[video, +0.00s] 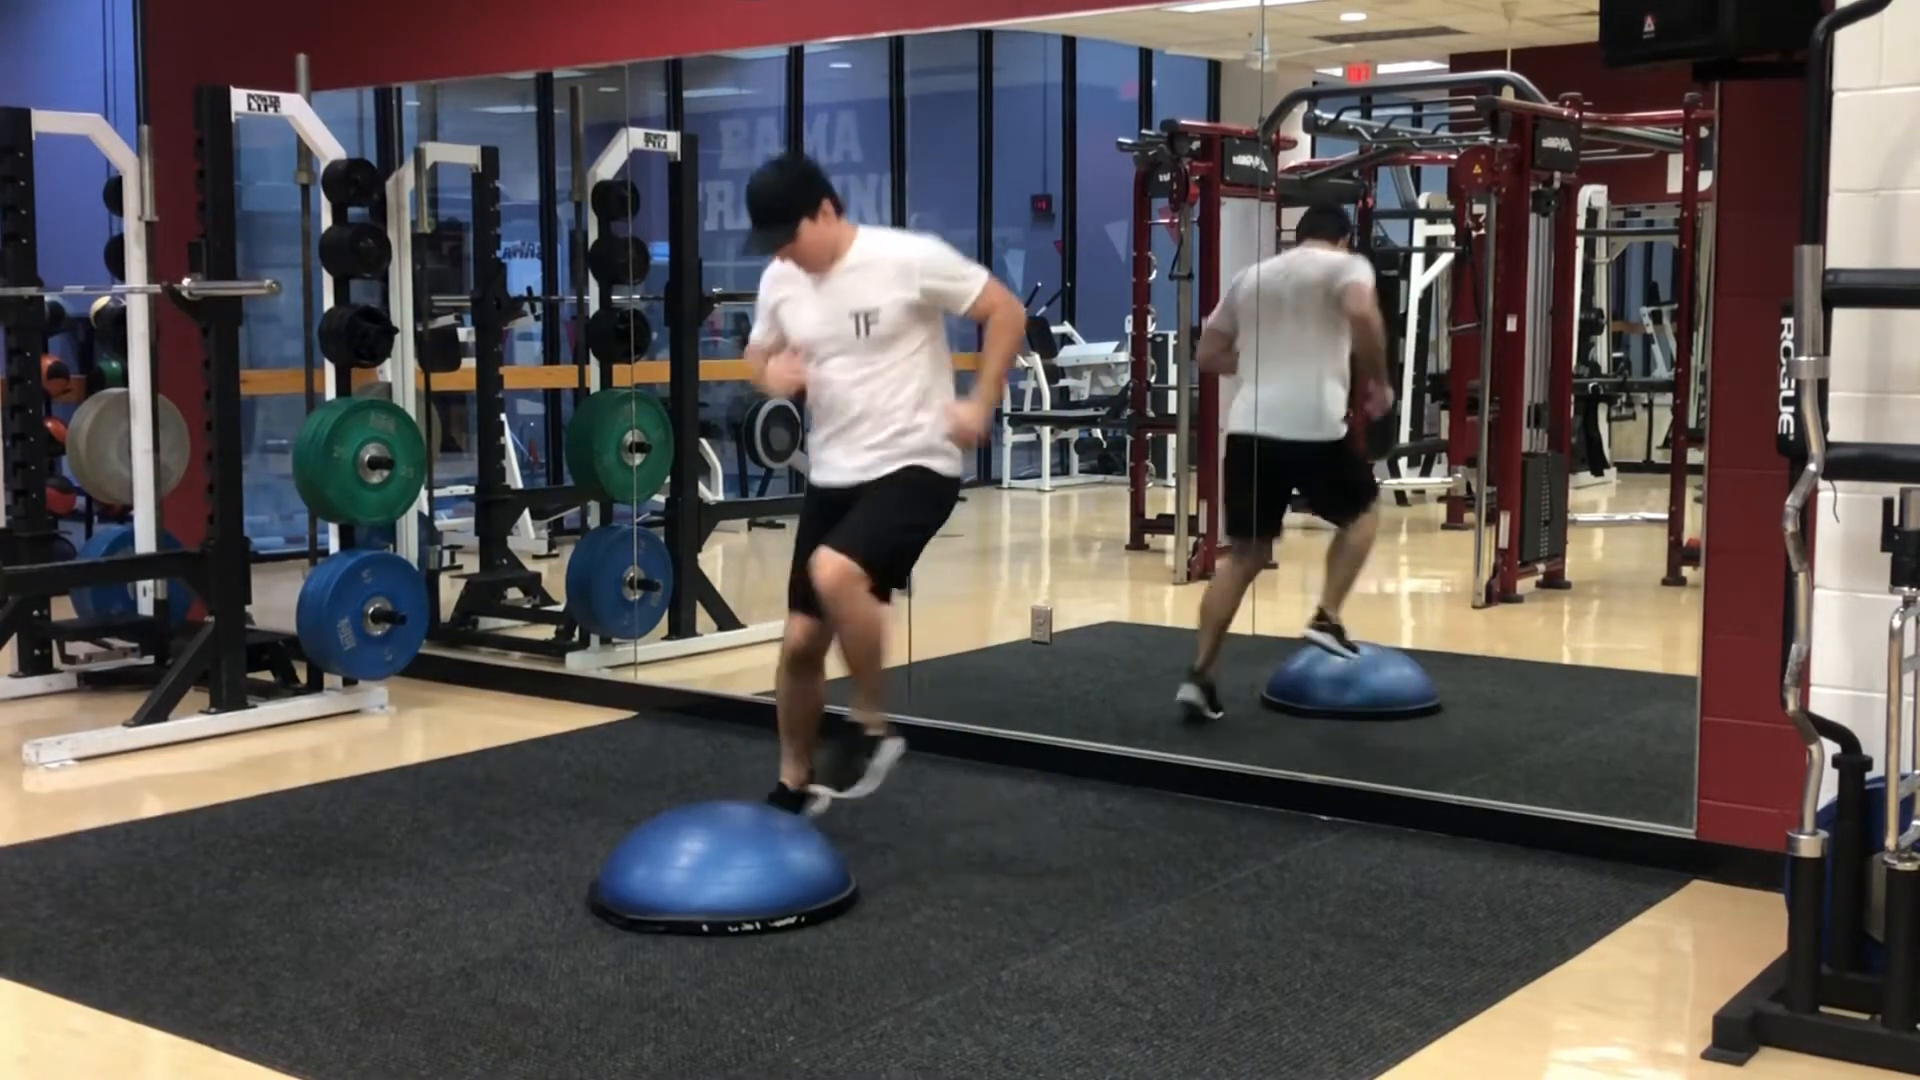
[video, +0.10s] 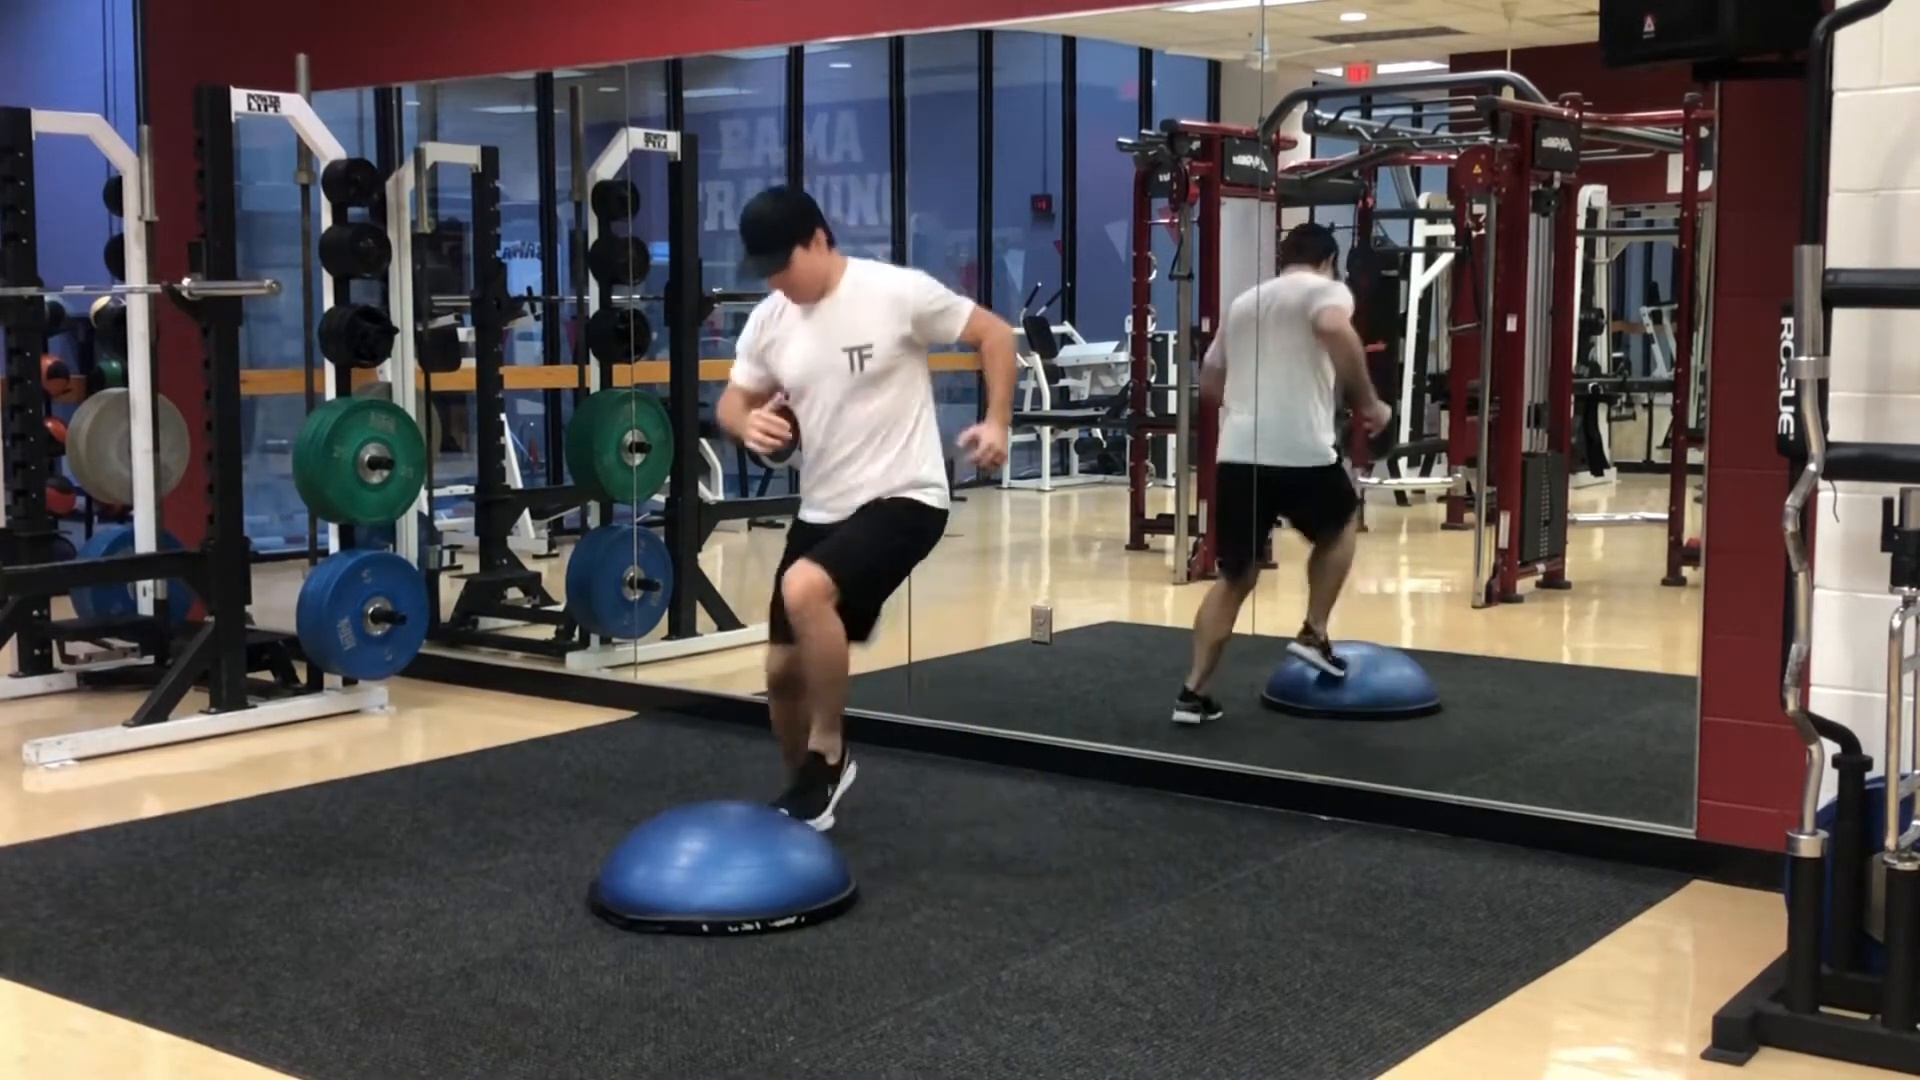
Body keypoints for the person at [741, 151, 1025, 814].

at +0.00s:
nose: (783, 254)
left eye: (789, 238)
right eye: (775, 244)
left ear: (826, 211)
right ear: (774, 235)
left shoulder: (909, 258)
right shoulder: (779, 279)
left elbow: (1007, 311)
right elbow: (760, 362)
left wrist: (982, 402)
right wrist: (774, 375)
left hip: (916, 462)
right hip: (834, 476)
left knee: (837, 571)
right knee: (801, 642)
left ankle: (872, 724)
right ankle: (794, 784)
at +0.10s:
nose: (774, 284)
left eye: (780, 268)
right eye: (766, 273)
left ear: (817, 241)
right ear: (765, 263)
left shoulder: (897, 291)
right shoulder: (770, 317)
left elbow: (997, 333)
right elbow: (732, 404)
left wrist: (997, 420)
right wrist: (749, 423)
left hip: (904, 494)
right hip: (821, 510)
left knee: (804, 586)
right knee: (785, 672)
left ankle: (827, 756)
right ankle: (803, 787)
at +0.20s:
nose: (779, 263)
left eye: (786, 247)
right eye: (772, 252)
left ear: (822, 222)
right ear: (772, 243)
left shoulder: (899, 272)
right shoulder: (775, 296)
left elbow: (1003, 314)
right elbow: (735, 384)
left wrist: (967, 387)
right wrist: (751, 401)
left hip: (909, 479)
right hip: (826, 497)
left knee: (829, 591)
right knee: (805, 664)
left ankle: (871, 751)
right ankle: (806, 796)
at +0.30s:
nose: (788, 237)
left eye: (794, 220)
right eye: (781, 225)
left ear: (831, 194)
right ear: (789, 214)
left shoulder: (913, 242)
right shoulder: (790, 268)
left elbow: (1009, 295)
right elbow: (780, 344)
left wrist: (949, 357)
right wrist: (775, 379)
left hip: (922, 462)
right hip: (839, 469)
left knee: (877, 603)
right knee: (795, 623)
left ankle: (947, 763)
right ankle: (800, 766)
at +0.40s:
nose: (802, 247)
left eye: (807, 231)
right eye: (795, 237)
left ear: (842, 202)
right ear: (799, 223)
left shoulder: (924, 256)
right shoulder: (814, 269)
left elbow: (1003, 337)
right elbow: (826, 353)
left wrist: (928, 388)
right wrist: (802, 403)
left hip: (936, 481)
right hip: (857, 479)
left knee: (937, 644)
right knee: (779, 589)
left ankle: (1004, 811)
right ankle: (812, 744)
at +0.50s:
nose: (814, 279)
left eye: (818, 262)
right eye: (808, 266)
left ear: (857, 238)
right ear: (842, 247)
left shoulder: (934, 307)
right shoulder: (836, 306)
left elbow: (978, 416)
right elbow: (869, 414)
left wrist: (891, 450)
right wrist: (833, 470)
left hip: (951, 518)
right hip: (874, 510)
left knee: (954, 679)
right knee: (783, 586)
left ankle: (1025, 827)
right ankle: (822, 755)